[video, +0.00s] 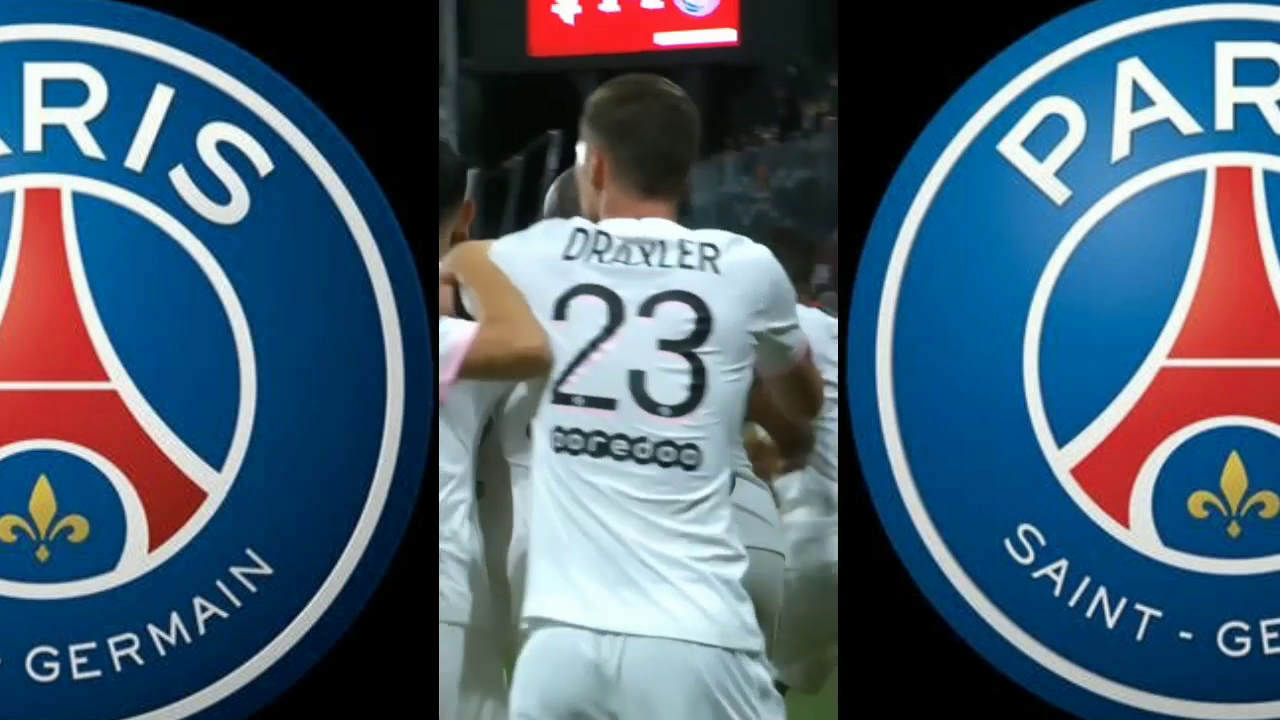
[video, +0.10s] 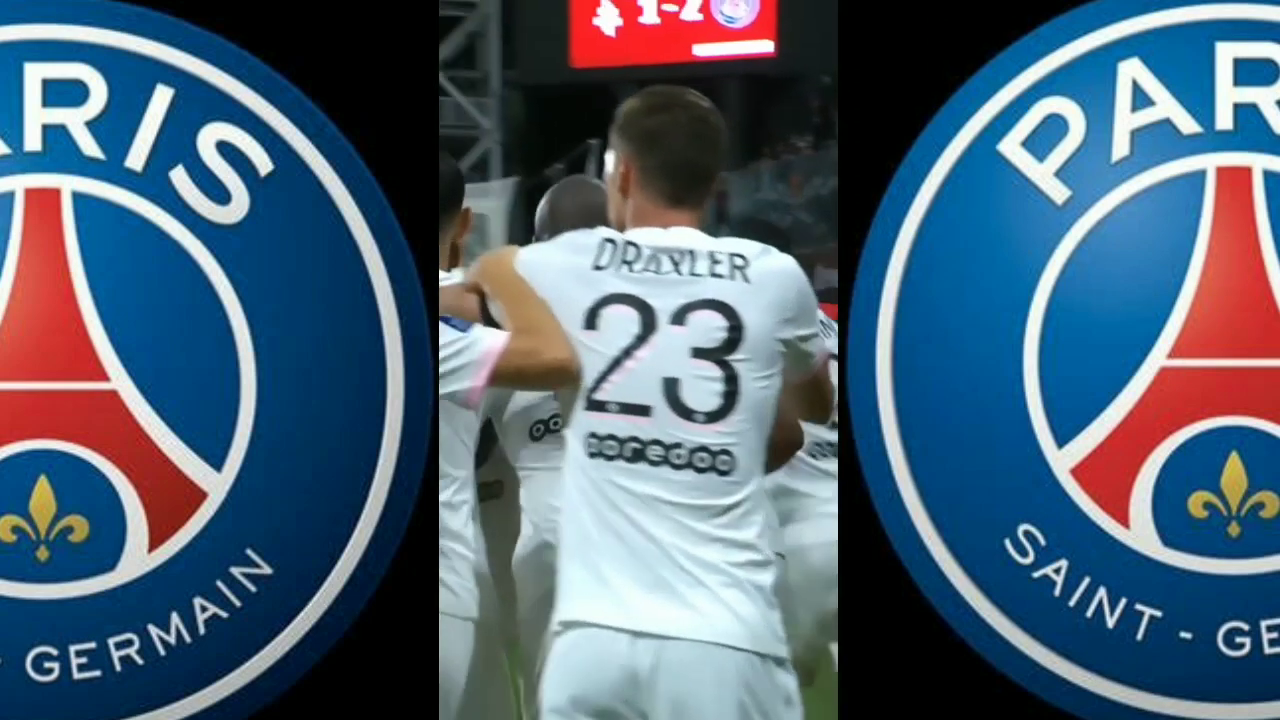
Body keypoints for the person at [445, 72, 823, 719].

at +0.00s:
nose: (578, 169)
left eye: (580, 153)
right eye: (579, 154)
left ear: (596, 164)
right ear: (685, 170)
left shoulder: (523, 256)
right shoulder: (749, 269)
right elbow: (798, 414)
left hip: (558, 636)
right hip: (699, 646)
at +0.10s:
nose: (608, 176)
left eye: (609, 163)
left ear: (621, 173)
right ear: (715, 190)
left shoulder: (558, 263)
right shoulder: (777, 277)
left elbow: (454, 299)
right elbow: (816, 406)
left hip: (590, 633)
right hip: (731, 641)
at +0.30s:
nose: (700, 186)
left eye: (705, 171)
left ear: (716, 182)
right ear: (809, 200)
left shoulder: (655, 281)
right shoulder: (849, 284)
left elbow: (510, 319)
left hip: (695, 629)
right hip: (826, 627)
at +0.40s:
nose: (746, 181)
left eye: (749, 169)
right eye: (753, 167)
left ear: (759, 179)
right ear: (844, 189)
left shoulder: (693, 280)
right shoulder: (894, 282)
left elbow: (638, 358)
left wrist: (713, 354)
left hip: (739, 616)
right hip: (842, 612)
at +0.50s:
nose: (799, 178)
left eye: (802, 167)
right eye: (804, 166)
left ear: (808, 176)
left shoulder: (745, 288)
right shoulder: (920, 284)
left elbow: (679, 461)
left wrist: (614, 528)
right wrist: (754, 460)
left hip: (800, 608)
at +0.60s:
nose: (830, 188)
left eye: (831, 177)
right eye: (834, 176)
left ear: (833, 191)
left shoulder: (781, 302)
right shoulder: (962, 288)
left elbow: (768, 487)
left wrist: (719, 587)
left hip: (826, 604)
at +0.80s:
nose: (626, 288)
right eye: (622, 277)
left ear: (537, 271)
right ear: (609, 279)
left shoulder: (509, 331)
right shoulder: (625, 332)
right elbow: (758, 367)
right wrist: (804, 332)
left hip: (520, 573)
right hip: (616, 572)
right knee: (625, 710)